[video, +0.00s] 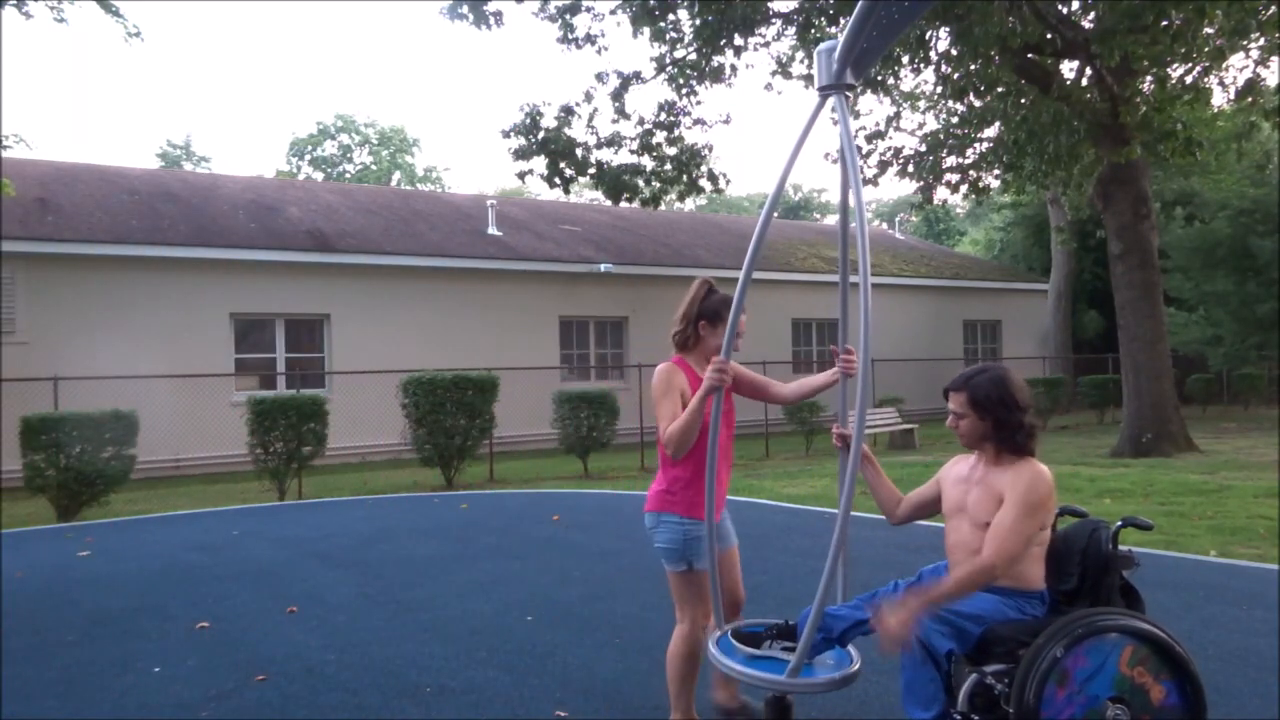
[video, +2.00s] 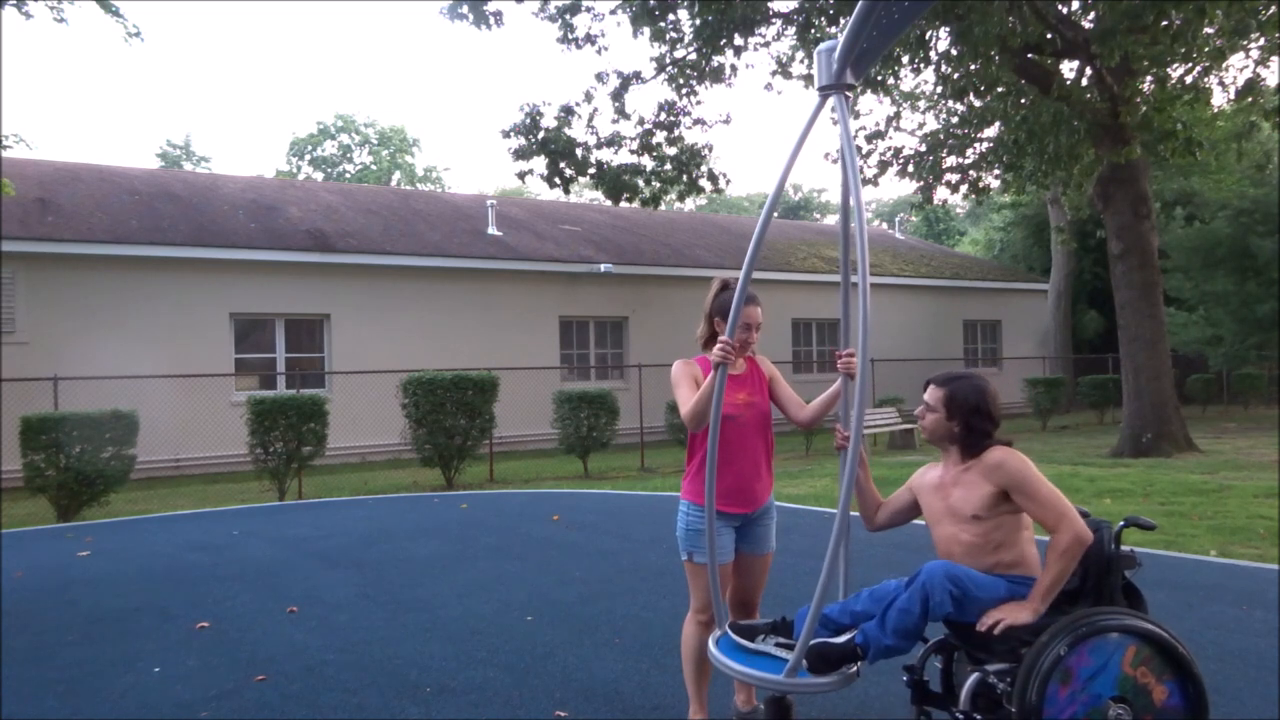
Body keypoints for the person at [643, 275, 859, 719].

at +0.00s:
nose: (737, 343)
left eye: (740, 334)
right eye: (732, 333)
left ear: (713, 329)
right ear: (704, 330)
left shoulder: (721, 369)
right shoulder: (669, 374)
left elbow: (783, 392)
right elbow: (672, 445)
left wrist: (836, 373)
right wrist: (703, 392)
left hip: (713, 508)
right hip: (676, 513)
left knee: (733, 604)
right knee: (695, 620)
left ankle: (726, 694)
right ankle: (681, 713)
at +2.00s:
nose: (752, 336)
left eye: (757, 327)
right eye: (744, 327)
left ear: (761, 325)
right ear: (717, 324)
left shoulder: (761, 366)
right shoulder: (688, 367)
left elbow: (805, 416)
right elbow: (692, 418)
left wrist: (843, 381)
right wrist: (719, 370)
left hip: (758, 507)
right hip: (705, 509)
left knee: (746, 608)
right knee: (705, 614)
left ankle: (745, 695)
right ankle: (697, 709)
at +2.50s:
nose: (747, 336)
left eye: (754, 328)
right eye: (740, 327)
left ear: (759, 326)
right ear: (715, 325)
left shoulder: (763, 365)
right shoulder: (689, 368)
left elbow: (807, 415)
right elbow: (694, 416)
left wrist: (848, 379)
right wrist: (719, 368)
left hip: (760, 507)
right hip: (706, 509)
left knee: (746, 608)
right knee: (705, 614)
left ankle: (745, 696)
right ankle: (697, 709)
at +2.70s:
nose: (749, 337)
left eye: (754, 328)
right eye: (740, 328)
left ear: (759, 326)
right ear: (716, 325)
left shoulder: (764, 366)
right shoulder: (689, 369)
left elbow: (807, 413)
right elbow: (695, 418)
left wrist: (847, 380)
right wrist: (719, 370)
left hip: (760, 507)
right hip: (707, 509)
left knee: (747, 609)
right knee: (705, 614)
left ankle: (745, 696)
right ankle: (697, 708)